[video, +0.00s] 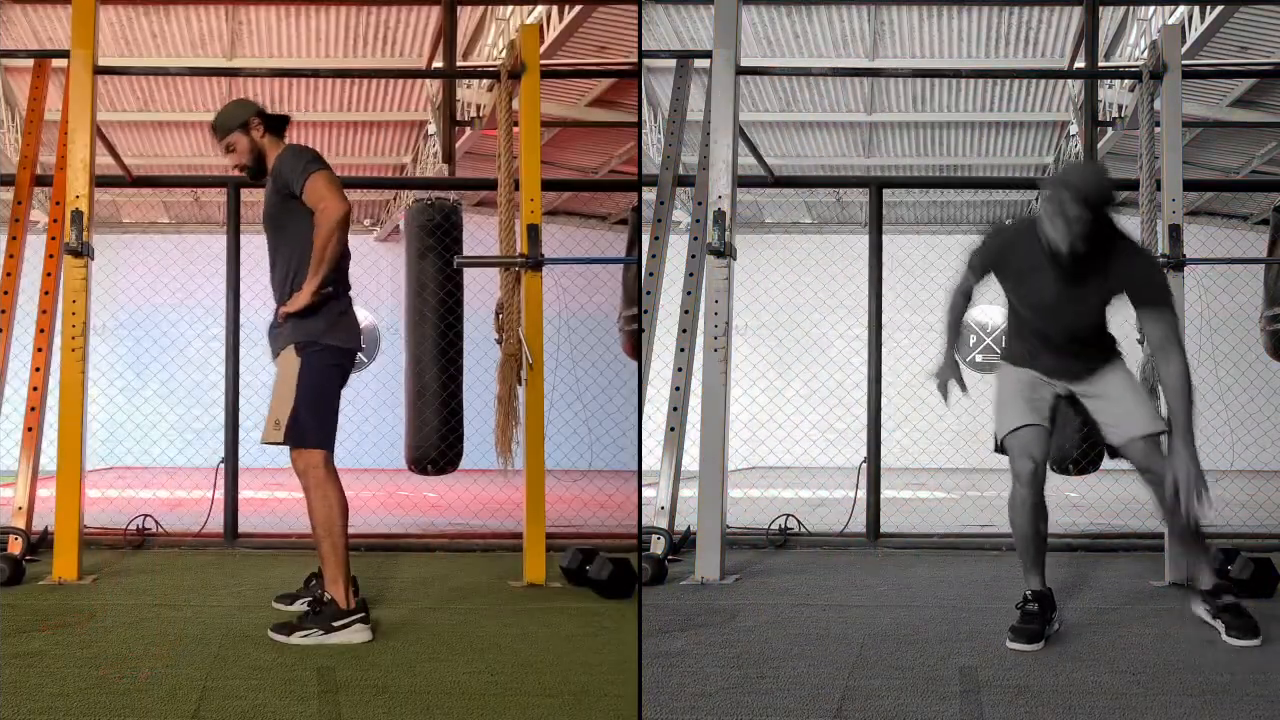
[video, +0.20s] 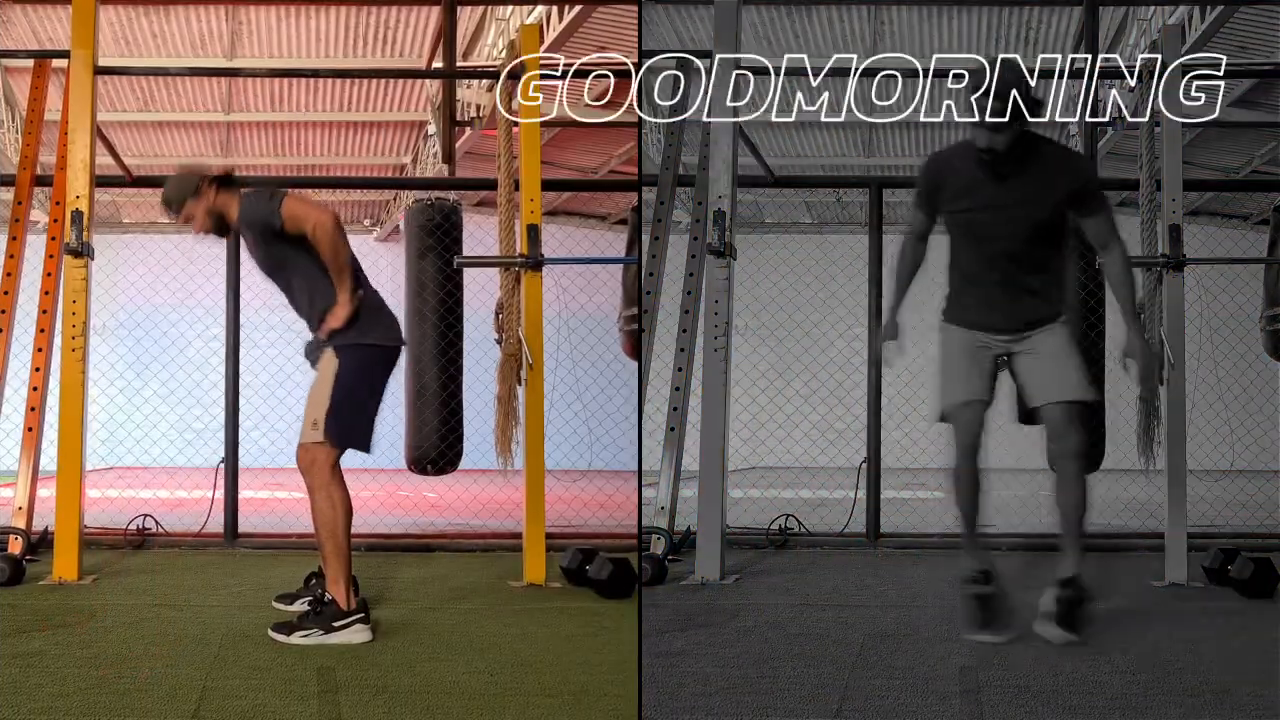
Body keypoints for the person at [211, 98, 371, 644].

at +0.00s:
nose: (230, 158)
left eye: (231, 146)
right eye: (224, 150)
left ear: (256, 129)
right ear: (255, 132)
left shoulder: (293, 159)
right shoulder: (285, 174)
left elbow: (334, 209)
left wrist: (310, 288)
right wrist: (301, 298)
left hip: (317, 340)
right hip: (312, 340)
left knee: (311, 462)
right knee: (310, 462)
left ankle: (342, 603)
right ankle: (332, 582)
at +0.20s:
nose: (193, 227)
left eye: (188, 215)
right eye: (185, 220)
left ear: (206, 191)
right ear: (207, 192)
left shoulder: (253, 206)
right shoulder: (250, 216)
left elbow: (323, 220)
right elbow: (320, 225)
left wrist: (344, 298)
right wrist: (330, 310)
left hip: (356, 339)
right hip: (349, 340)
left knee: (316, 458)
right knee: (317, 458)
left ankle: (342, 606)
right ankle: (337, 580)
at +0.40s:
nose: (185, 335)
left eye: (177, 326)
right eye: (175, 331)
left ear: (186, 300)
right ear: (188, 299)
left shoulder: (237, 288)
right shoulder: (235, 303)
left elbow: (316, 274)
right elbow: (313, 277)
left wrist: (367, 326)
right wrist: (344, 346)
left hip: (384, 353)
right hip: (376, 354)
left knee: (318, 457)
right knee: (319, 458)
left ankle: (342, 603)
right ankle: (337, 583)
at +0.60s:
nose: (197, 403)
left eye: (186, 394)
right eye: (186, 399)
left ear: (189, 366)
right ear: (189, 364)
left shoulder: (237, 338)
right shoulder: (236, 352)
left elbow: (308, 298)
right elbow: (306, 303)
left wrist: (369, 335)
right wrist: (366, 337)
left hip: (396, 354)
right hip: (385, 356)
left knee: (321, 457)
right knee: (316, 455)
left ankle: (343, 605)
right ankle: (335, 582)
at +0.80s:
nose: (180, 356)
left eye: (173, 346)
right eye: (171, 351)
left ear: (183, 326)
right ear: (185, 324)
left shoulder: (233, 311)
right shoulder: (232, 319)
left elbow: (310, 281)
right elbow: (308, 282)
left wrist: (366, 328)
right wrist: (360, 331)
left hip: (386, 351)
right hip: (373, 353)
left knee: (318, 457)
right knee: (317, 457)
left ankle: (342, 603)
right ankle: (336, 584)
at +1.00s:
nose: (177, 238)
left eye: (175, 227)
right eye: (172, 229)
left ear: (196, 211)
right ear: (196, 213)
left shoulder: (248, 222)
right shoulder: (242, 236)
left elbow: (326, 231)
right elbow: (321, 236)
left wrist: (349, 307)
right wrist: (336, 316)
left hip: (361, 342)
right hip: (353, 342)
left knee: (313, 457)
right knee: (316, 457)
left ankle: (341, 605)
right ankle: (336, 579)